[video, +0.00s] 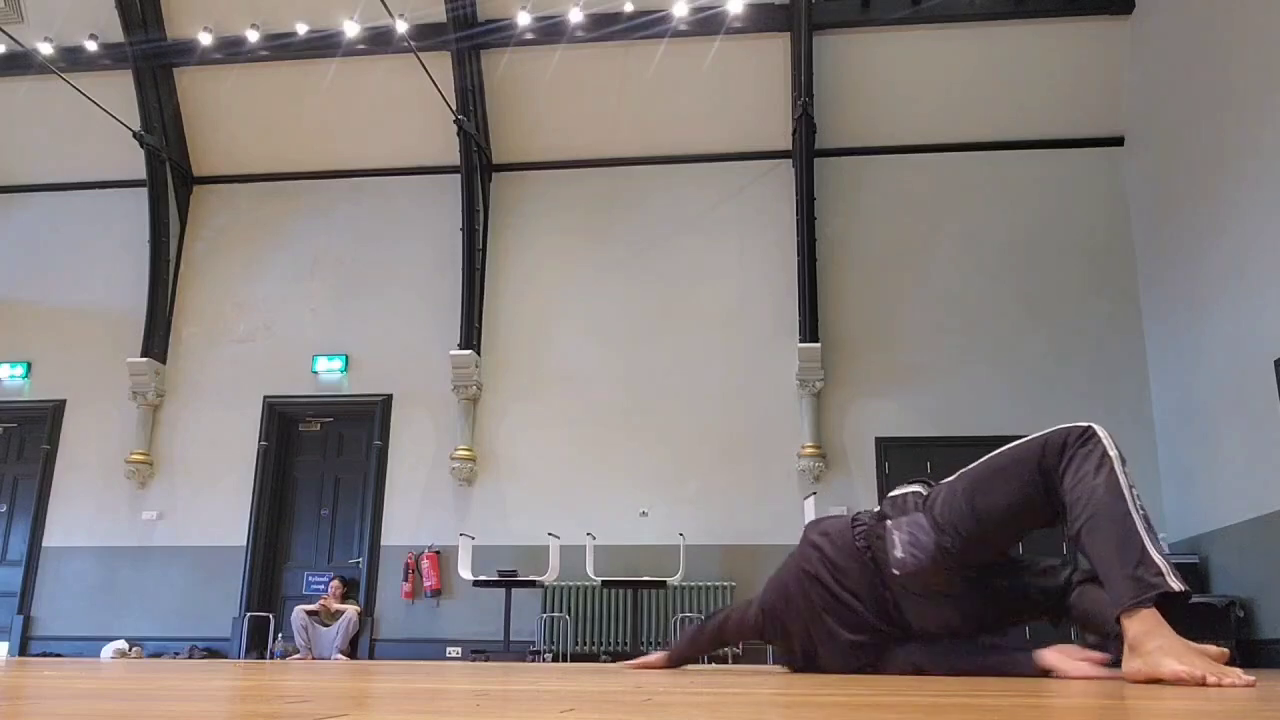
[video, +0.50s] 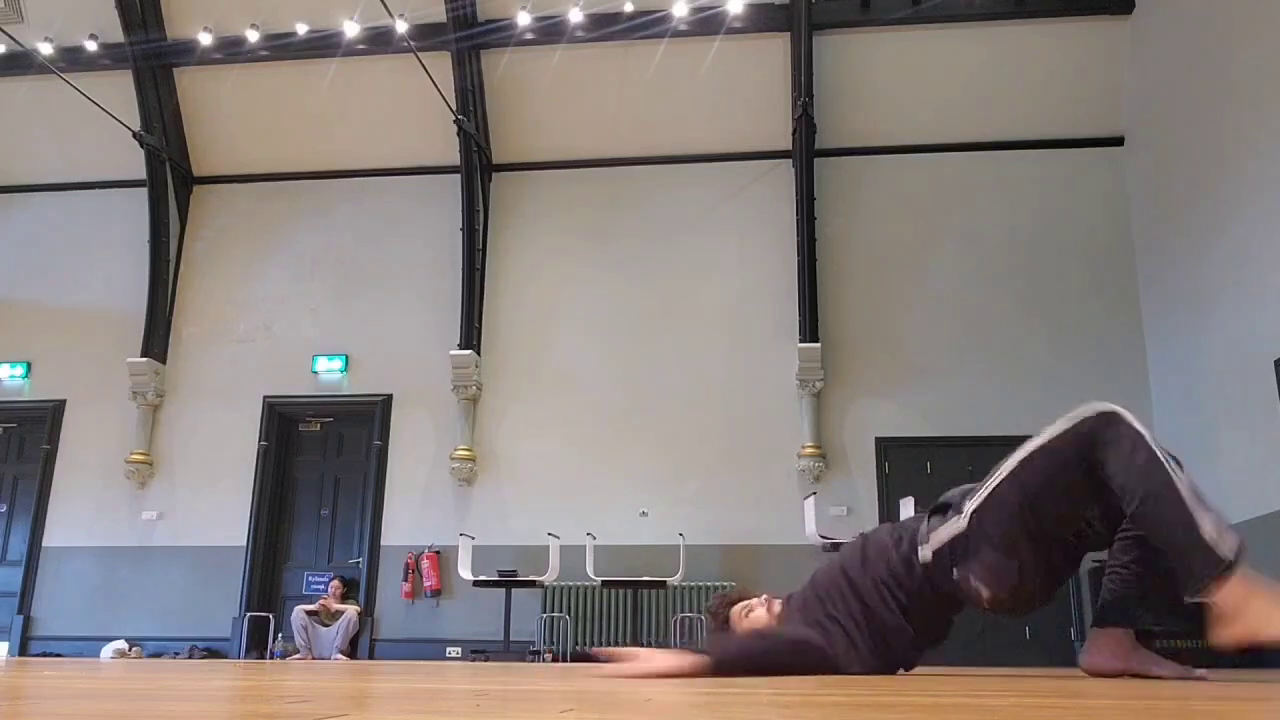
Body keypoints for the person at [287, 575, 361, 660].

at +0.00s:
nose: (333, 591)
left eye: (337, 588)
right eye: (331, 588)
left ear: (344, 590)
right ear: (328, 589)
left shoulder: (348, 602)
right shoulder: (323, 602)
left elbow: (357, 610)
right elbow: (297, 608)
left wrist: (334, 606)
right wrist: (316, 607)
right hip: (316, 637)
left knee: (352, 614)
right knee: (297, 612)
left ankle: (336, 653)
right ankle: (304, 653)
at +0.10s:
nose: (333, 591)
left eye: (337, 588)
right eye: (331, 588)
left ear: (344, 590)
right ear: (328, 589)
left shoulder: (348, 602)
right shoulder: (323, 602)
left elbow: (357, 610)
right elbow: (297, 608)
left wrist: (334, 606)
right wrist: (316, 607)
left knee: (352, 614)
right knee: (297, 612)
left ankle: (336, 653)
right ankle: (304, 652)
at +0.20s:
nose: (333, 591)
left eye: (337, 588)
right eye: (331, 588)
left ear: (344, 590)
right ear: (328, 589)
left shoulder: (349, 602)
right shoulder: (323, 602)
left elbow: (357, 610)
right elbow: (297, 608)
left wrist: (334, 606)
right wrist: (315, 607)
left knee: (352, 614)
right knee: (297, 612)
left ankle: (337, 653)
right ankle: (304, 653)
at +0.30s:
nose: (333, 591)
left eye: (337, 588)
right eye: (331, 588)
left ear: (343, 590)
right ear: (328, 589)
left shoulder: (349, 602)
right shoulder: (323, 602)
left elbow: (357, 610)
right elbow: (297, 608)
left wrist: (334, 606)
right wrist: (315, 607)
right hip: (316, 636)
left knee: (352, 614)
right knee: (297, 612)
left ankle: (336, 653)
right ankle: (304, 653)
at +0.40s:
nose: (333, 591)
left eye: (337, 588)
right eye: (331, 588)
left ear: (343, 590)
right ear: (328, 589)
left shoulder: (349, 602)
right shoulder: (323, 602)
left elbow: (357, 610)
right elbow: (297, 608)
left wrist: (334, 606)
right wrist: (315, 607)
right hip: (316, 636)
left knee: (352, 614)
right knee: (297, 612)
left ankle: (336, 653)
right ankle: (304, 653)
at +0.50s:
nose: (333, 591)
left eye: (337, 588)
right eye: (331, 588)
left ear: (343, 590)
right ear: (328, 589)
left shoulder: (349, 602)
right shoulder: (323, 602)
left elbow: (357, 610)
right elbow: (297, 608)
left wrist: (334, 606)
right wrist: (315, 607)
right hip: (316, 636)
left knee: (352, 614)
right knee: (297, 612)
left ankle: (336, 653)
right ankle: (304, 653)